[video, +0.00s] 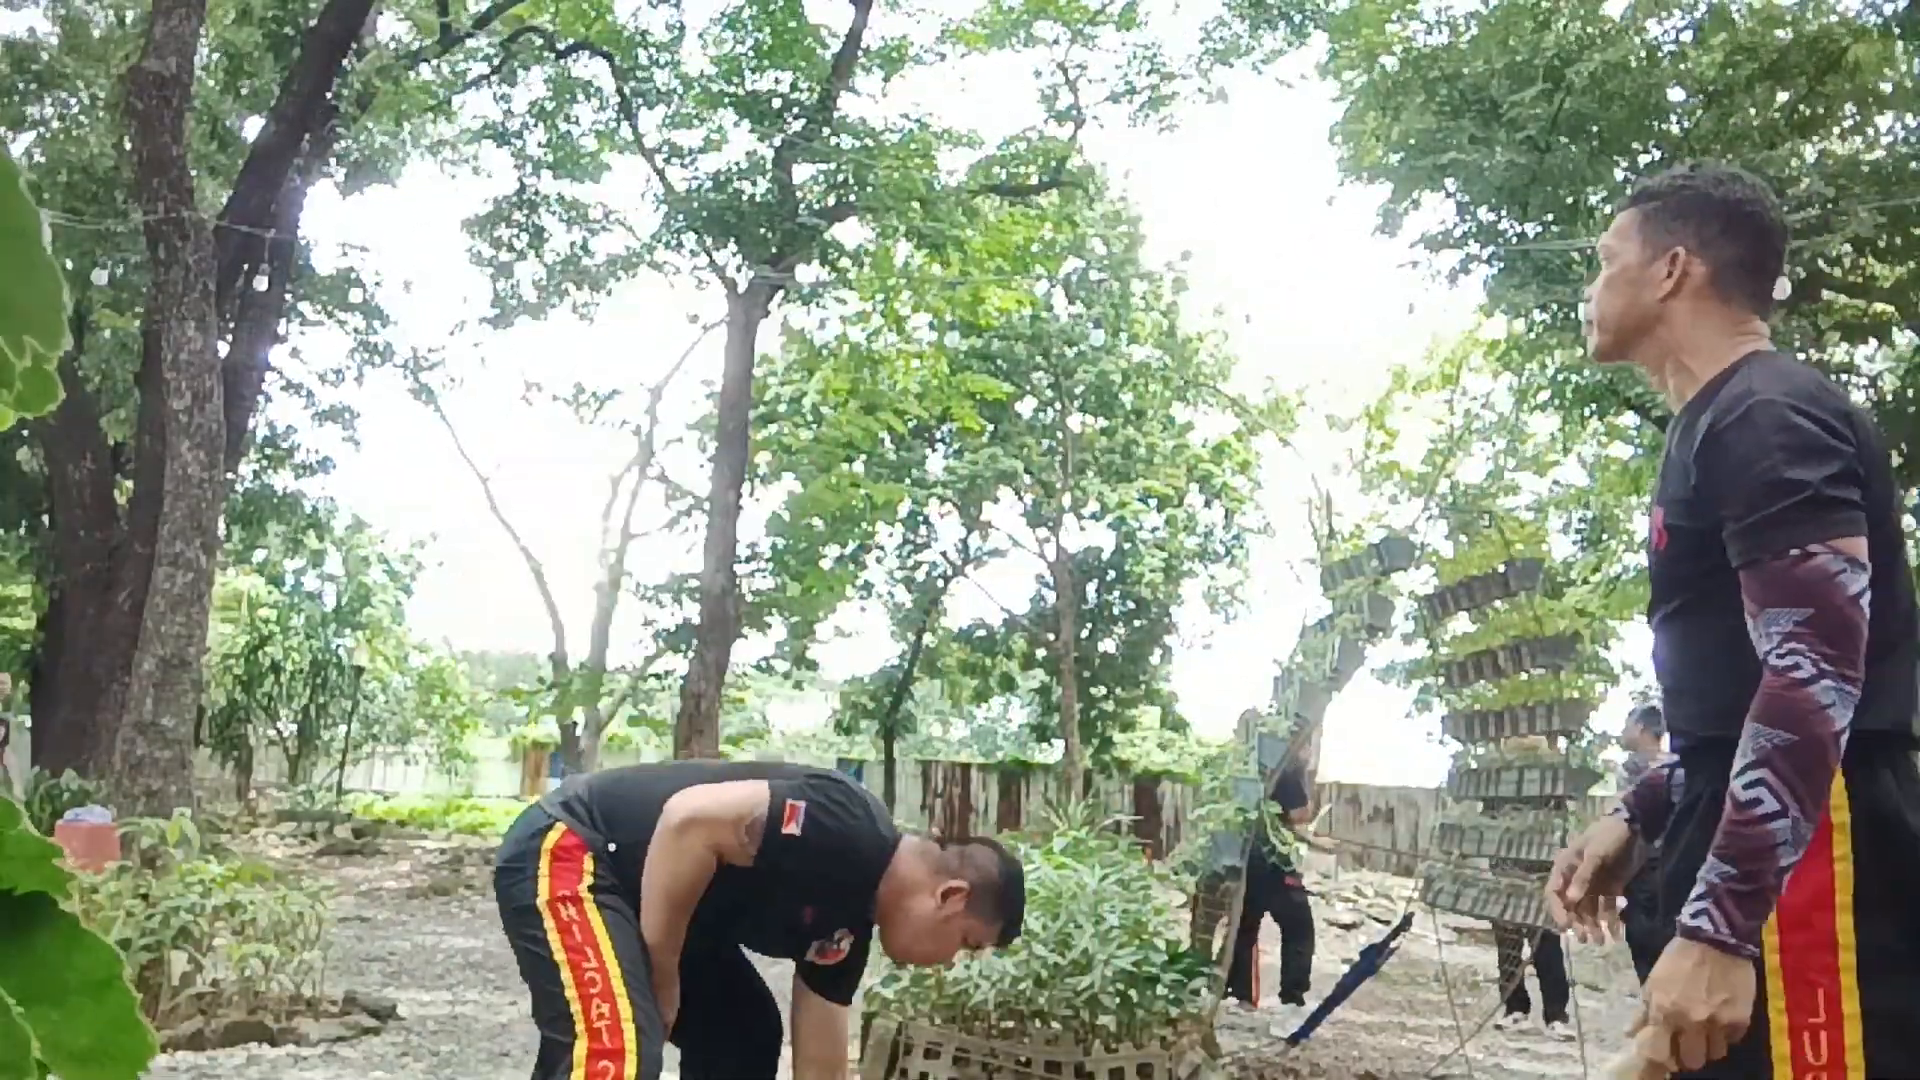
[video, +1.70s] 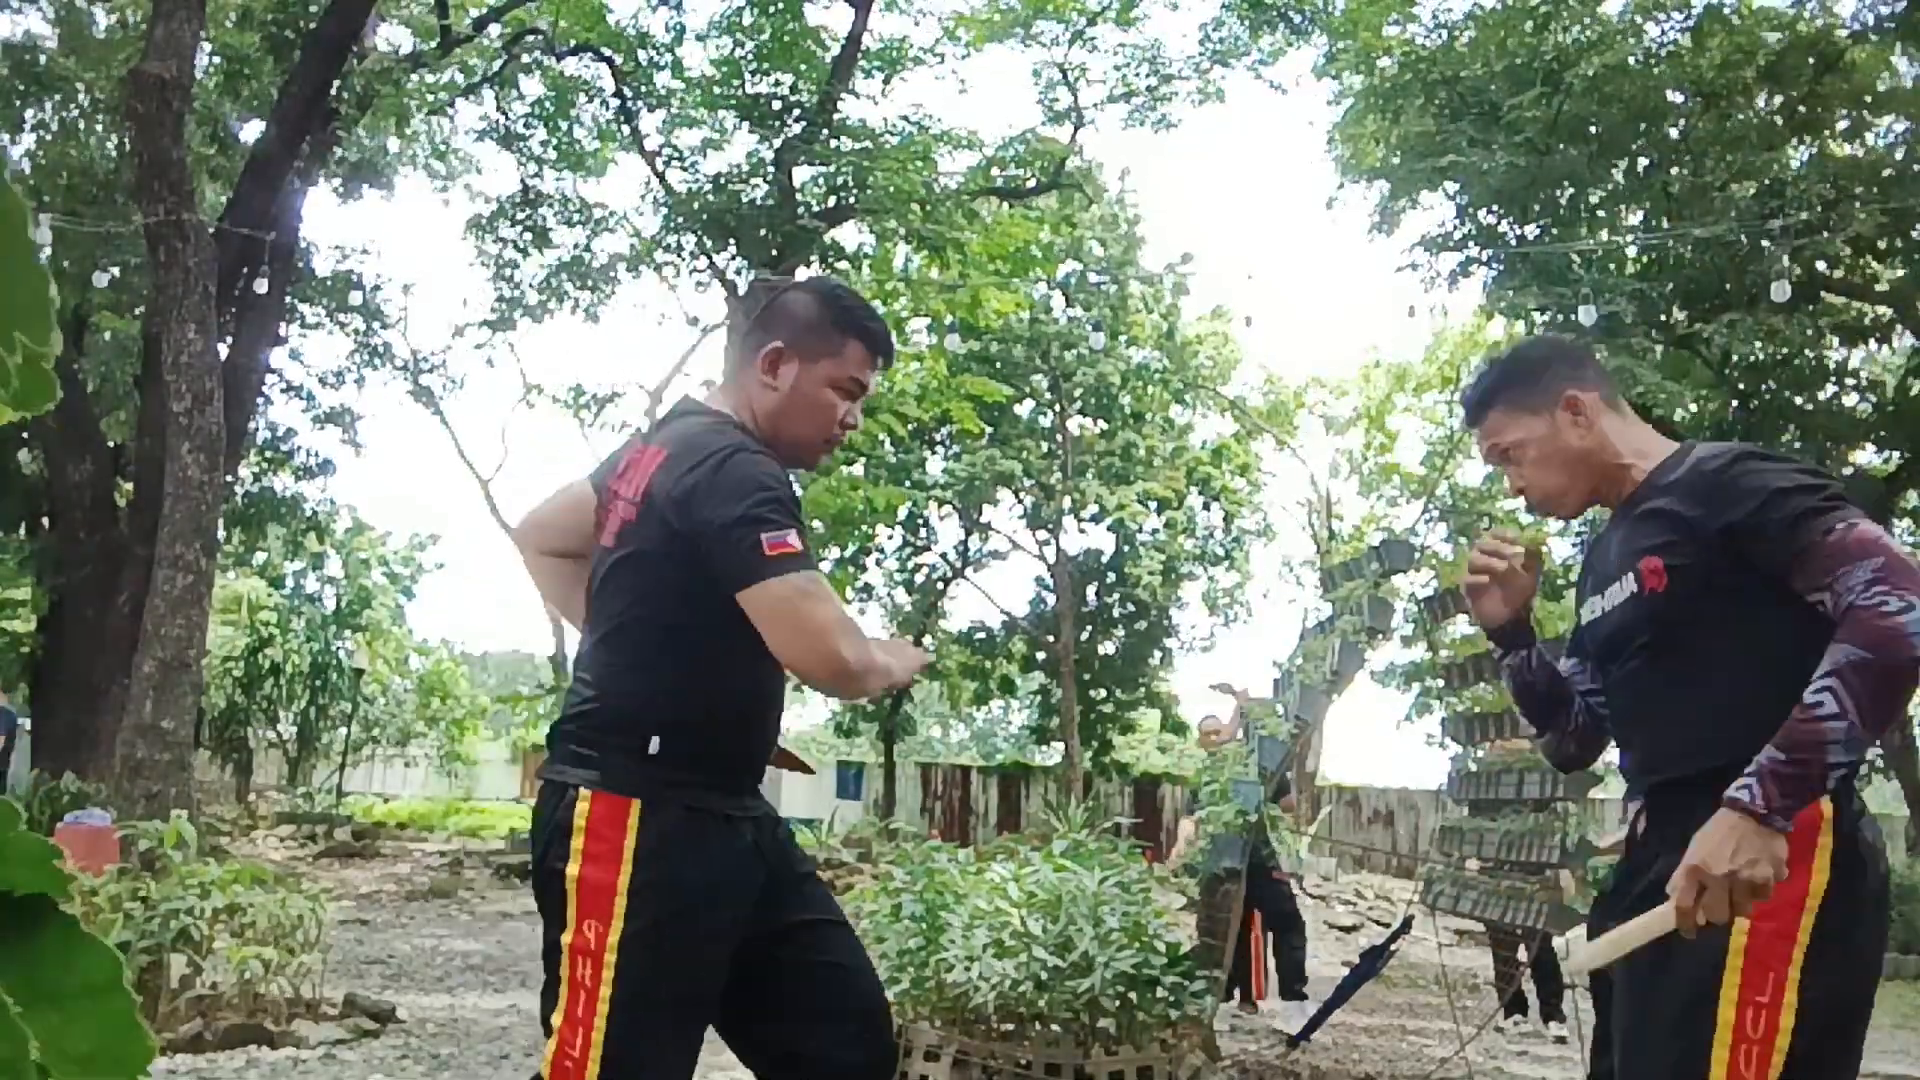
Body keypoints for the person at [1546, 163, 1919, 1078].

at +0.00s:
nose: (1589, 287)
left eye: (1605, 258)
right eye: (1595, 262)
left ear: (1673, 269)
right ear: (1675, 272)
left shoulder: (1769, 412)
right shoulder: (1710, 426)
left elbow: (1812, 675)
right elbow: (1731, 695)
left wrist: (1720, 924)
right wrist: (1634, 821)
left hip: (1809, 827)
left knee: (1813, 1058)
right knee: (1745, 1060)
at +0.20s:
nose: (1587, 315)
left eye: (1607, 284)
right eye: (1594, 289)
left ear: (1680, 293)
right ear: (1674, 300)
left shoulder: (1763, 425)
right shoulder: (1698, 445)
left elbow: (1795, 678)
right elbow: (1702, 692)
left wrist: (1691, 900)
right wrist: (1574, 692)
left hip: (1779, 821)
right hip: (1713, 812)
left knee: (1787, 1059)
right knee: (1716, 1057)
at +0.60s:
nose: (1590, 347)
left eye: (1619, 325)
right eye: (1589, 332)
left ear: (1699, 343)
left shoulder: (1781, 466)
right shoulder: (1644, 510)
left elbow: (1853, 692)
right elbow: (1633, 716)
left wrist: (1798, 897)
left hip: (1763, 833)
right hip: (1648, 838)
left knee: (1778, 1062)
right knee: (1646, 1063)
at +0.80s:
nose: (1600, 341)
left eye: (1631, 319)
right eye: (1595, 328)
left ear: (1711, 341)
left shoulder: (1785, 468)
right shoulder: (1637, 505)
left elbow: (1895, 667)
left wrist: (1775, 859)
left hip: (1750, 819)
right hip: (1635, 817)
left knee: (1773, 1061)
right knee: (1652, 1061)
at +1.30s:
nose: (1577, 372)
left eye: (1593, 343)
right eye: (1578, 350)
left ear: (1677, 336)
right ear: (1669, 341)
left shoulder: (1786, 467)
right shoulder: (1639, 508)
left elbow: (1890, 667)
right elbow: (1637, 705)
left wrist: (1733, 830)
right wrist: (1508, 788)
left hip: (1768, 857)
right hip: (1633, 862)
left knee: (1780, 1064)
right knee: (1642, 1063)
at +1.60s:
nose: (1534, 439)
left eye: (1540, 409)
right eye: (1524, 421)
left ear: (1616, 373)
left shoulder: (1749, 461)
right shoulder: (1613, 528)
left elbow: (1909, 601)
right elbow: (1604, 710)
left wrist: (1788, 805)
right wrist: (1511, 660)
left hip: (1762, 821)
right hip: (1647, 829)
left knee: (1759, 1061)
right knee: (1637, 1060)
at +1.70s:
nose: (1509, 487)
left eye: (1509, 456)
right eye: (1498, 467)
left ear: (1578, 412)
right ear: (1577, 414)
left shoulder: (1719, 478)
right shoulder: (1601, 556)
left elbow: (1893, 602)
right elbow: (1575, 742)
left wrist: (1763, 802)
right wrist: (1513, 635)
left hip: (1774, 843)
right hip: (1663, 850)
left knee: (1721, 1065)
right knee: (1628, 1063)